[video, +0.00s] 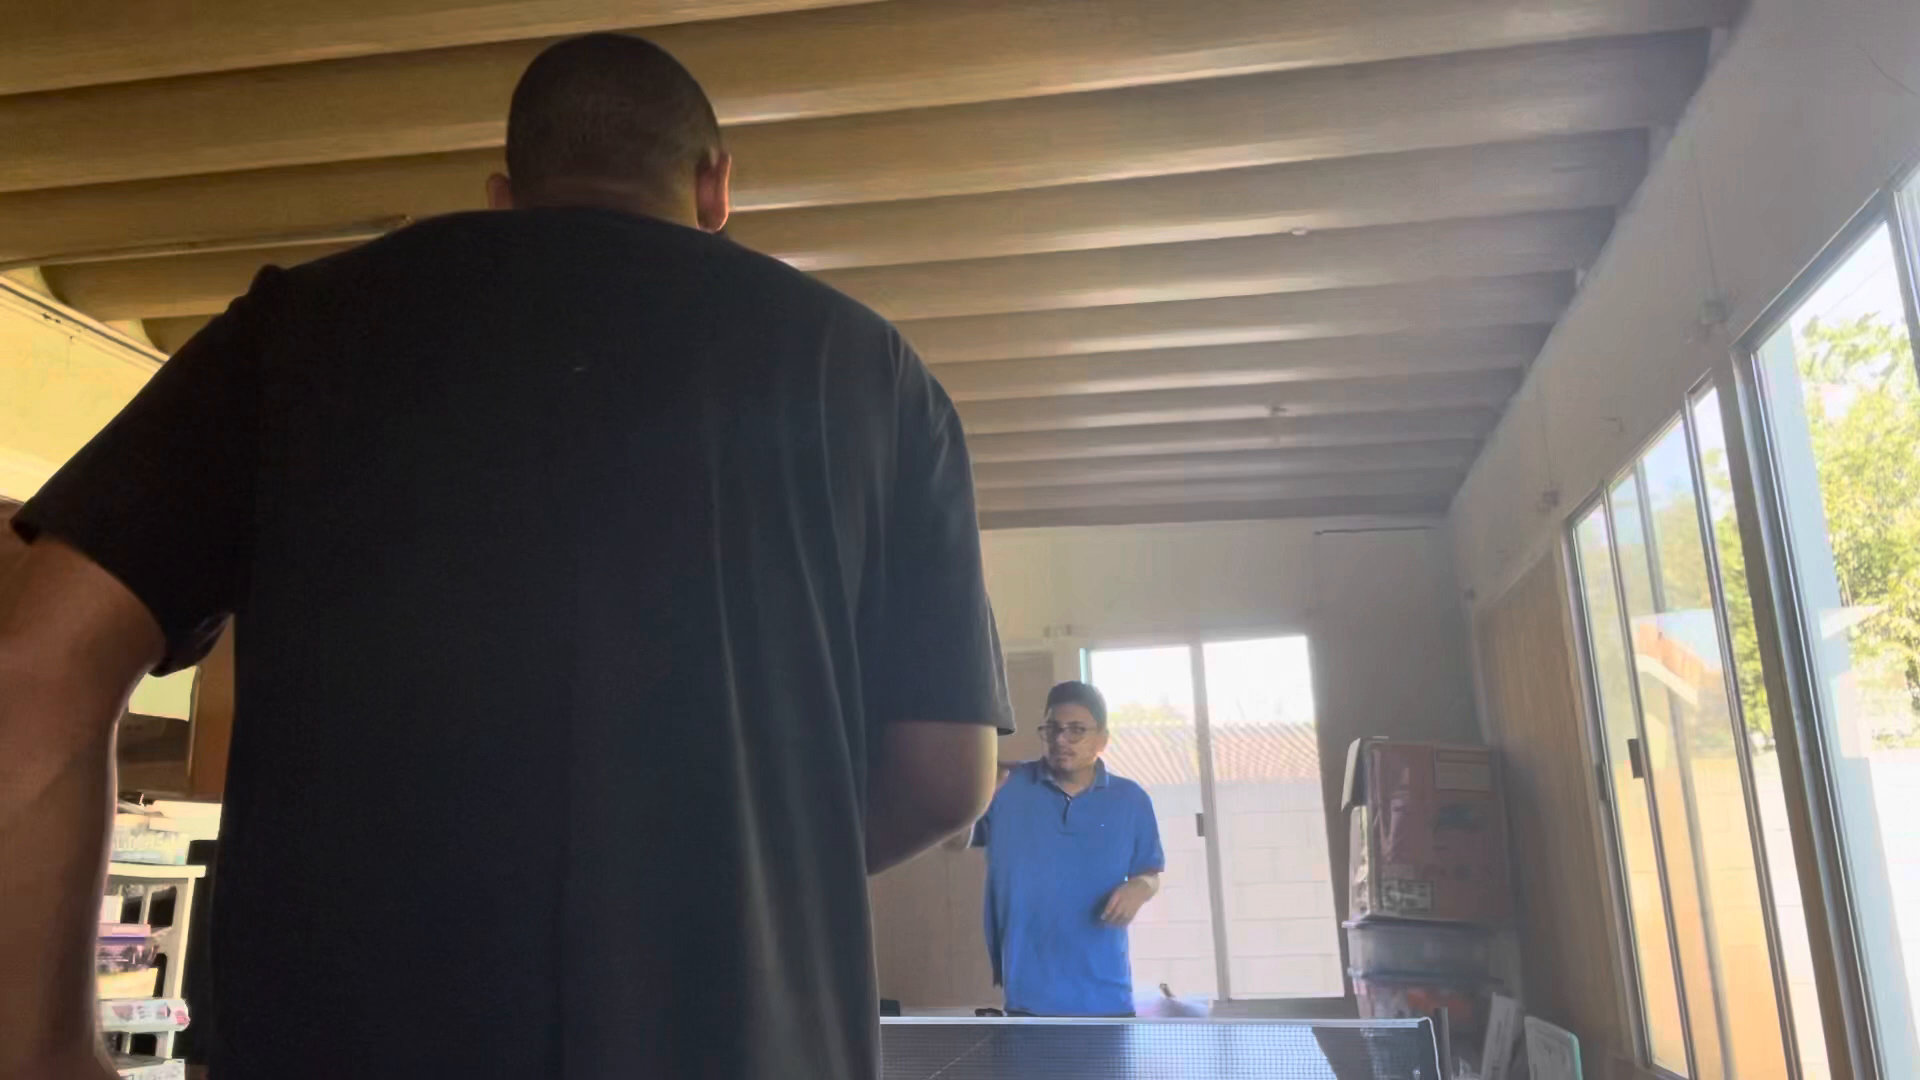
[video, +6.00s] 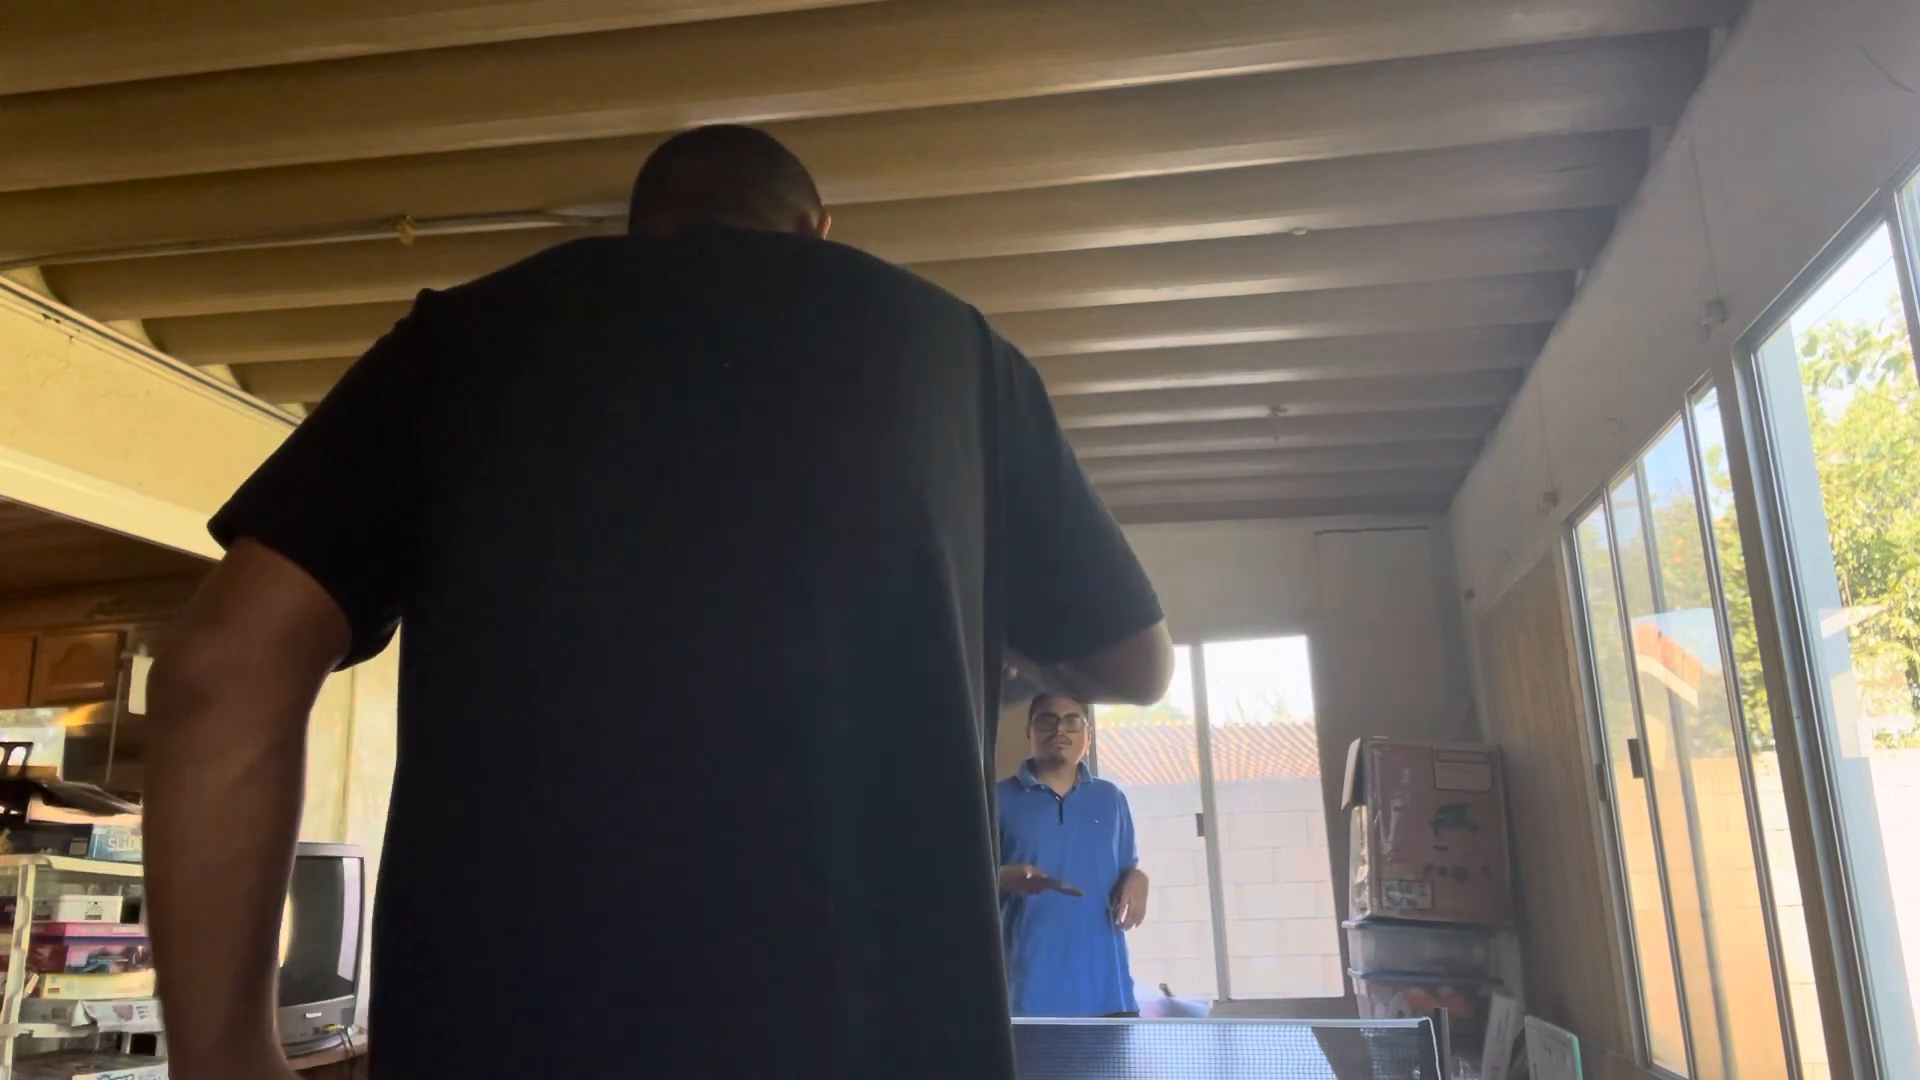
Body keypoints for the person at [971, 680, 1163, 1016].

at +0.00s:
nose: (1061, 740)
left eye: (1077, 730)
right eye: (1053, 728)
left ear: (1101, 741)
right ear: (1042, 733)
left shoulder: (1129, 800)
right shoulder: (1008, 789)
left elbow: (1150, 873)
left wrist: (1139, 888)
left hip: (1104, 990)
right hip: (1027, 988)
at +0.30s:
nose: (1070, 735)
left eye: (1083, 725)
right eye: (1060, 724)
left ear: (1105, 737)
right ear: (1047, 731)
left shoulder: (1132, 798)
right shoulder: (1017, 790)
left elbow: (1150, 868)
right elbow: (968, 865)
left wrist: (1151, 882)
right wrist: (987, 837)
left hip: (1112, 992)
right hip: (1033, 993)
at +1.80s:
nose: (1044, 739)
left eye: (1058, 728)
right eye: (1035, 729)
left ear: (1084, 737)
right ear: (1023, 735)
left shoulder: (1116, 795)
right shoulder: (1000, 803)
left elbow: (1140, 863)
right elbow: (965, 871)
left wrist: (1137, 878)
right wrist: (940, 849)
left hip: (1109, 988)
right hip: (1036, 993)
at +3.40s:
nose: (1037, 751)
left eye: (1051, 739)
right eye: (1025, 739)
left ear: (1075, 739)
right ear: (1013, 739)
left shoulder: (1107, 794)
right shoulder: (993, 804)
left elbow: (1132, 861)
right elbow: (962, 878)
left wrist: (1134, 876)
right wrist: (956, 896)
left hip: (1106, 988)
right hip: (1033, 995)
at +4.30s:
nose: (1045, 746)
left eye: (1057, 734)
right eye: (1032, 736)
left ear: (1079, 736)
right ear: (1019, 738)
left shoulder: (1102, 801)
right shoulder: (996, 794)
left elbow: (1118, 879)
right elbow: (959, 877)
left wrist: (1137, 878)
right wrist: (986, 868)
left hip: (1100, 994)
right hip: (1023, 997)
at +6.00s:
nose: (1059, 731)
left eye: (1072, 722)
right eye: (1047, 722)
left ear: (1087, 738)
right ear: (1029, 734)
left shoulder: (1110, 800)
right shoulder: (997, 799)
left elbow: (1124, 871)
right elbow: (972, 880)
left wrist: (1138, 878)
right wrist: (1006, 878)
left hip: (1106, 994)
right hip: (1028, 997)